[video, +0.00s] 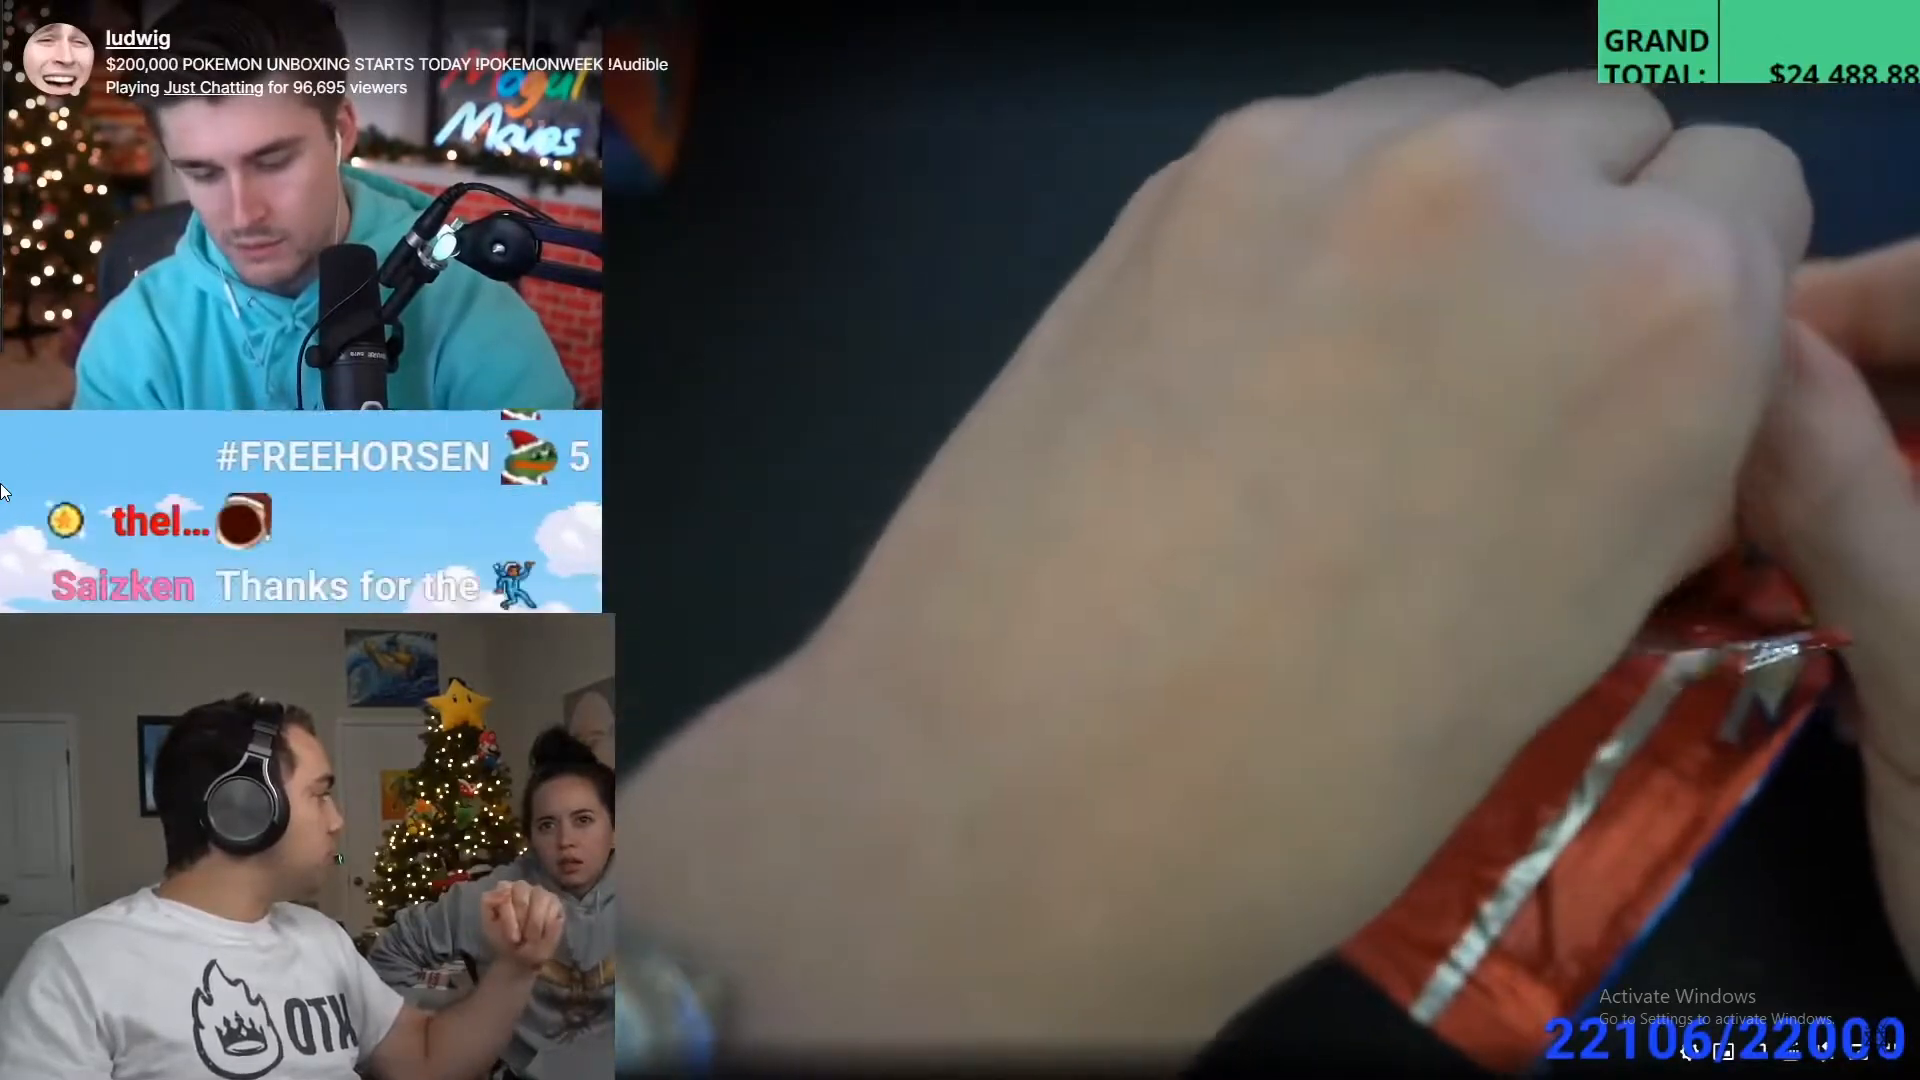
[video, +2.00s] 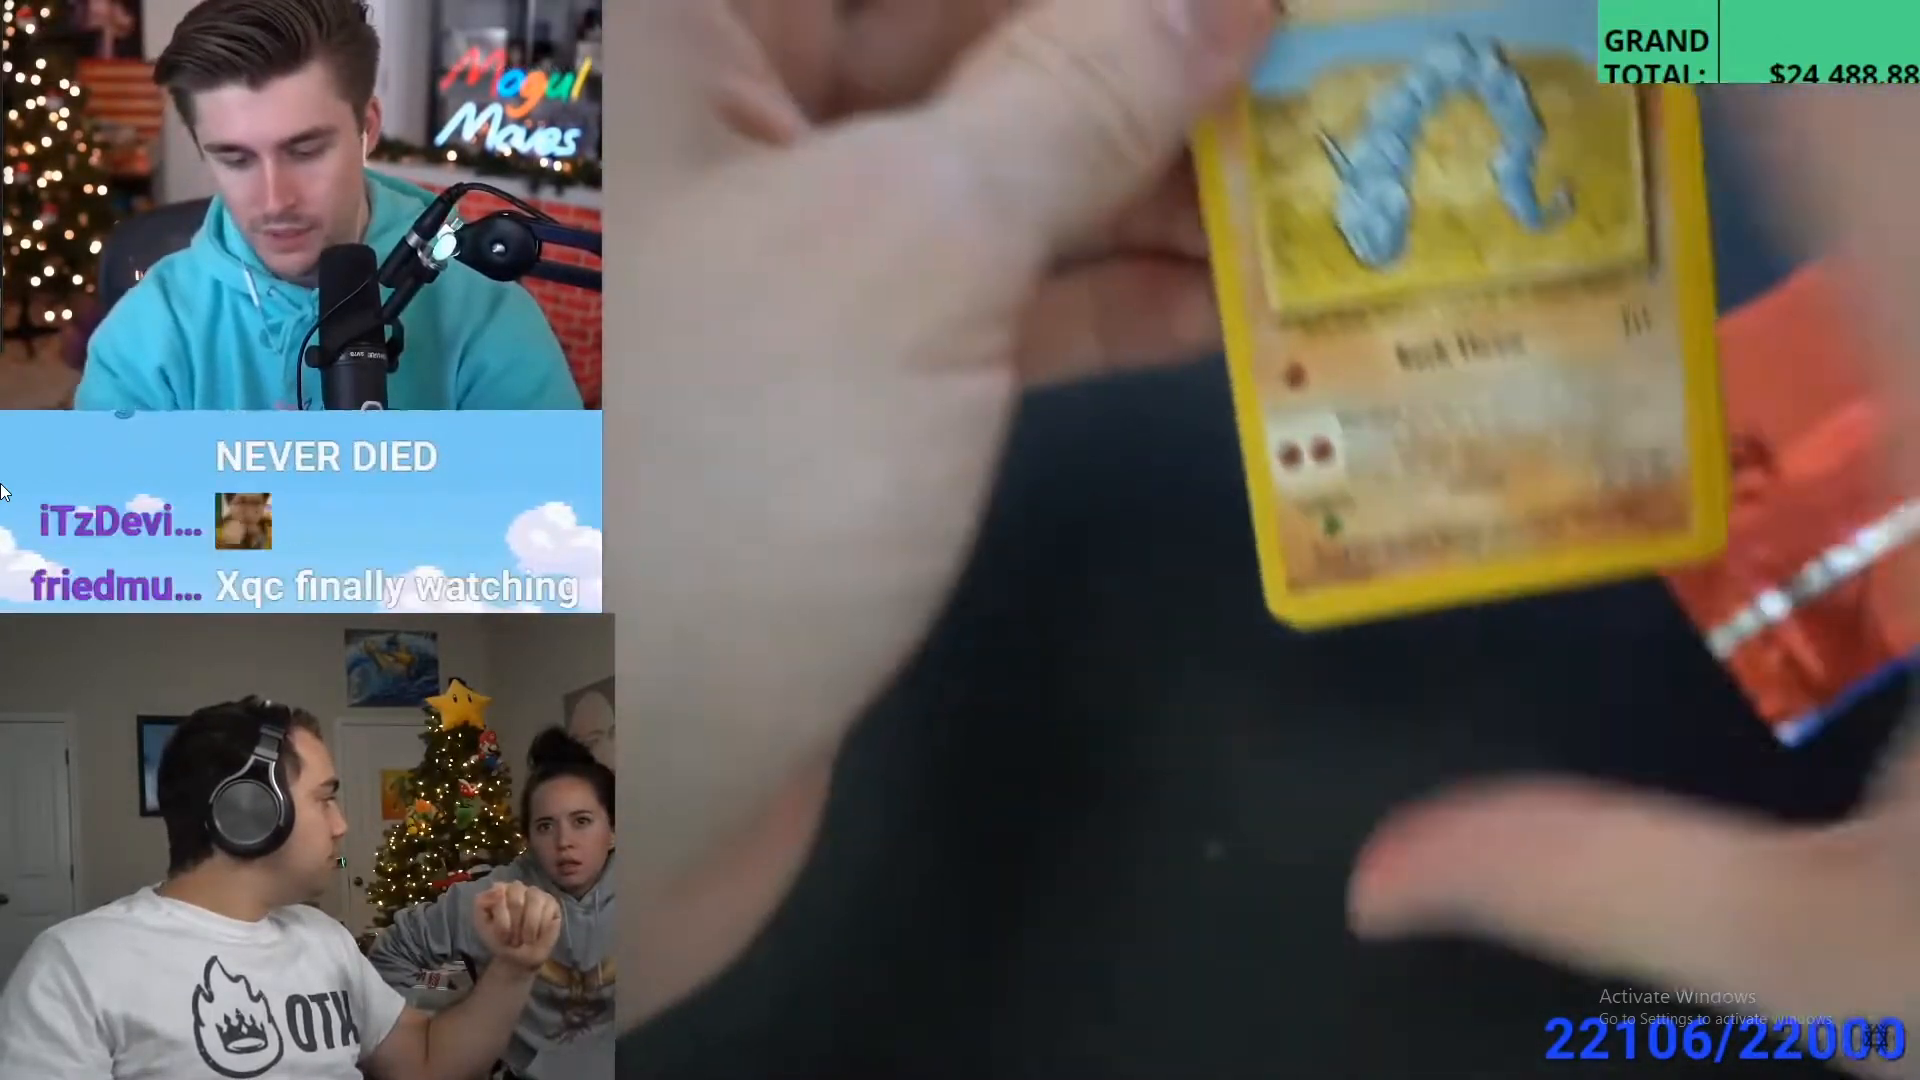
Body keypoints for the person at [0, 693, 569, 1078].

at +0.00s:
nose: (340, 818)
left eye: (332, 794)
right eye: (321, 794)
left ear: (255, 803)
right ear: (241, 805)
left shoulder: (322, 943)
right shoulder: (75, 968)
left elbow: (426, 1057)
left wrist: (514, 967)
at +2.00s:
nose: (344, 824)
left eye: (335, 798)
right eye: (324, 799)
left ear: (259, 808)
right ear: (247, 809)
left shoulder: (325, 943)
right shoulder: (76, 967)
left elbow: (428, 1060)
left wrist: (511, 968)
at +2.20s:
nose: (344, 824)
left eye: (335, 798)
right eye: (325, 799)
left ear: (260, 808)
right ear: (248, 809)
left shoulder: (324, 943)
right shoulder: (76, 967)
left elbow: (428, 1059)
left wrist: (511, 967)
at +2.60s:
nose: (344, 824)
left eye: (335, 798)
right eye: (324, 799)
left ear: (260, 808)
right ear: (248, 809)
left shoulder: (324, 943)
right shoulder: (76, 967)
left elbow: (428, 1059)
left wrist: (512, 968)